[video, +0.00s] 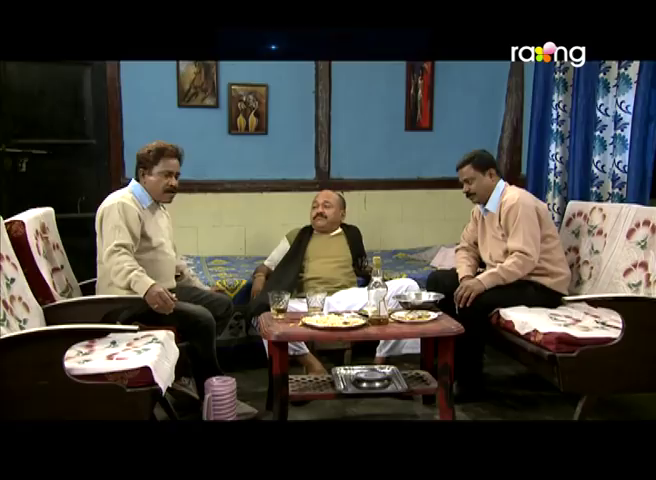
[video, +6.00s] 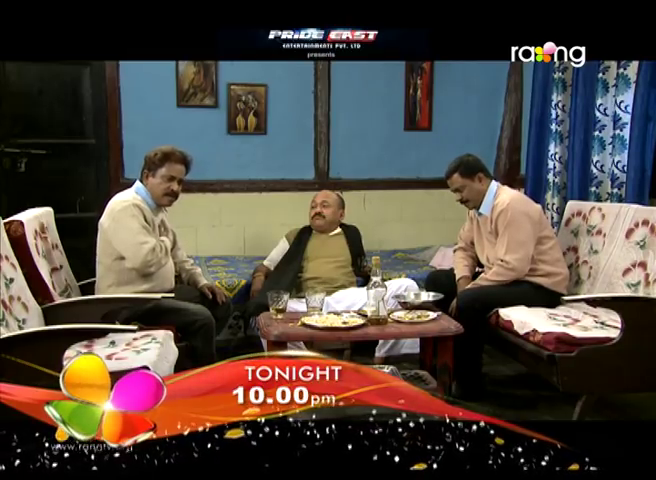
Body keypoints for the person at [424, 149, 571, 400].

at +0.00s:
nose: (465, 189)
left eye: (469, 181)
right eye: (462, 184)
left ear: (491, 175)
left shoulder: (519, 202)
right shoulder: (480, 209)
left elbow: (524, 258)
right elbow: (466, 247)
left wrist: (481, 282)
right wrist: (466, 276)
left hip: (542, 285)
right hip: (504, 277)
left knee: (473, 301)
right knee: (438, 280)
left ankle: (468, 384)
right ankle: (441, 369)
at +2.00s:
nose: (464, 192)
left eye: (467, 184)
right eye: (461, 187)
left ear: (488, 176)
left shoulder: (518, 203)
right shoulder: (479, 209)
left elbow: (524, 259)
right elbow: (465, 247)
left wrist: (481, 282)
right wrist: (466, 276)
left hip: (542, 286)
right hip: (505, 279)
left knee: (473, 302)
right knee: (439, 280)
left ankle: (467, 383)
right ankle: (438, 370)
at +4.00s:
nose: (463, 194)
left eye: (466, 186)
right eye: (459, 189)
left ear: (486, 177)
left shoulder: (517, 203)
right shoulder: (479, 209)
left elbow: (523, 259)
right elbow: (465, 247)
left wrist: (479, 281)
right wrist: (465, 276)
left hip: (542, 286)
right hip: (504, 277)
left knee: (472, 301)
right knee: (437, 280)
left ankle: (467, 385)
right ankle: (440, 369)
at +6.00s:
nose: (458, 198)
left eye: (460, 190)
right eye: (455, 193)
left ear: (480, 179)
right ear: (478, 181)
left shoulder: (513, 206)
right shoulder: (478, 208)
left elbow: (513, 266)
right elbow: (464, 248)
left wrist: (465, 294)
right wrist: (463, 282)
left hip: (541, 286)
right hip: (503, 277)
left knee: (468, 302)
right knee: (437, 280)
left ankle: (468, 386)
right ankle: (440, 369)